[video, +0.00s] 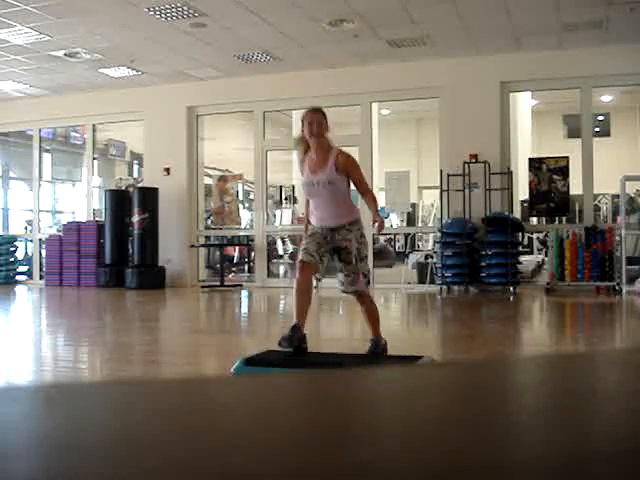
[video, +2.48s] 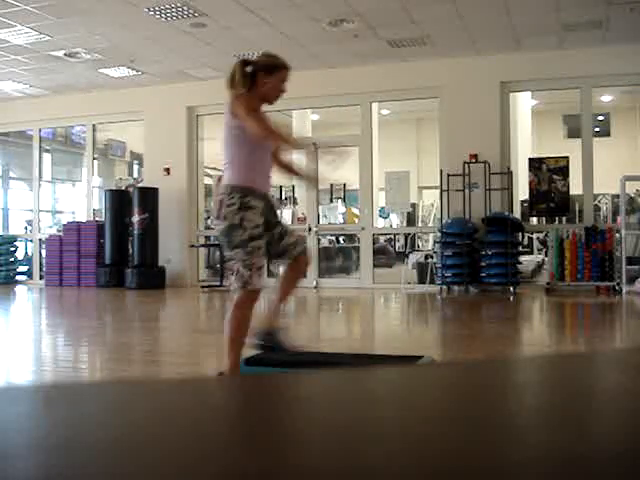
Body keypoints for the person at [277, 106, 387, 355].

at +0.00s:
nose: (313, 128)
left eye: (318, 123)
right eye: (308, 124)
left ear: (326, 126)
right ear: (303, 129)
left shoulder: (342, 159)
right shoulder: (304, 160)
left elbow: (365, 190)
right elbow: (309, 198)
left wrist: (376, 214)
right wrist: (307, 227)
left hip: (347, 229)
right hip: (317, 230)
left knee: (358, 288)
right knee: (303, 270)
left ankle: (377, 339)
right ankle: (298, 331)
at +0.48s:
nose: (285, 140)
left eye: (289, 135)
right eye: (283, 135)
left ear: (300, 137)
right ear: (283, 138)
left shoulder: (306, 165)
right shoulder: (288, 165)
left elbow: (294, 204)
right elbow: (283, 201)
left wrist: (257, 222)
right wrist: (261, 220)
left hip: (317, 234)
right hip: (299, 237)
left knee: (337, 290)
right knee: (295, 290)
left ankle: (374, 336)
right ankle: (315, 335)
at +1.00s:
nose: (174, 133)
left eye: (177, 128)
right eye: (175, 127)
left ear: (188, 131)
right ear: (200, 131)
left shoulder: (183, 163)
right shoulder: (218, 159)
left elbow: (172, 203)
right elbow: (239, 190)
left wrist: (163, 234)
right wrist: (260, 215)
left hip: (198, 225)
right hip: (225, 224)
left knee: (172, 282)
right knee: (226, 281)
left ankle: (178, 347)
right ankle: (252, 333)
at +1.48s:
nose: (164, 120)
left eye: (163, 115)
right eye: (160, 115)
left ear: (138, 117)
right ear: (146, 117)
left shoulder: (121, 145)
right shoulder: (148, 143)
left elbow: (126, 191)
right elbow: (137, 178)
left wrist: (160, 211)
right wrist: (130, 219)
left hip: (110, 219)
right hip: (137, 220)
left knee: (99, 293)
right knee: (166, 282)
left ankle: (75, 362)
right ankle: (166, 348)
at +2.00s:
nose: (193, 87)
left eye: (195, 83)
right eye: (186, 82)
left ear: (196, 91)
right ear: (169, 87)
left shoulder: (184, 134)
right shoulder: (163, 113)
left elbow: (213, 174)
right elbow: (131, 147)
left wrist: (253, 192)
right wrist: (107, 182)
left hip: (155, 207)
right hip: (159, 205)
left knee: (135, 286)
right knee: (176, 286)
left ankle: (101, 359)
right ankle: (144, 365)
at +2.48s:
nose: (282, 92)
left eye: (284, 86)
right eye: (279, 84)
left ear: (265, 83)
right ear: (261, 79)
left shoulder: (259, 115)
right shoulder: (241, 104)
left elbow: (275, 157)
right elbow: (263, 133)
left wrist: (307, 176)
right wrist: (297, 143)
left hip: (261, 204)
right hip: (240, 202)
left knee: (299, 257)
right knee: (249, 287)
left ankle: (268, 327)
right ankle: (232, 371)